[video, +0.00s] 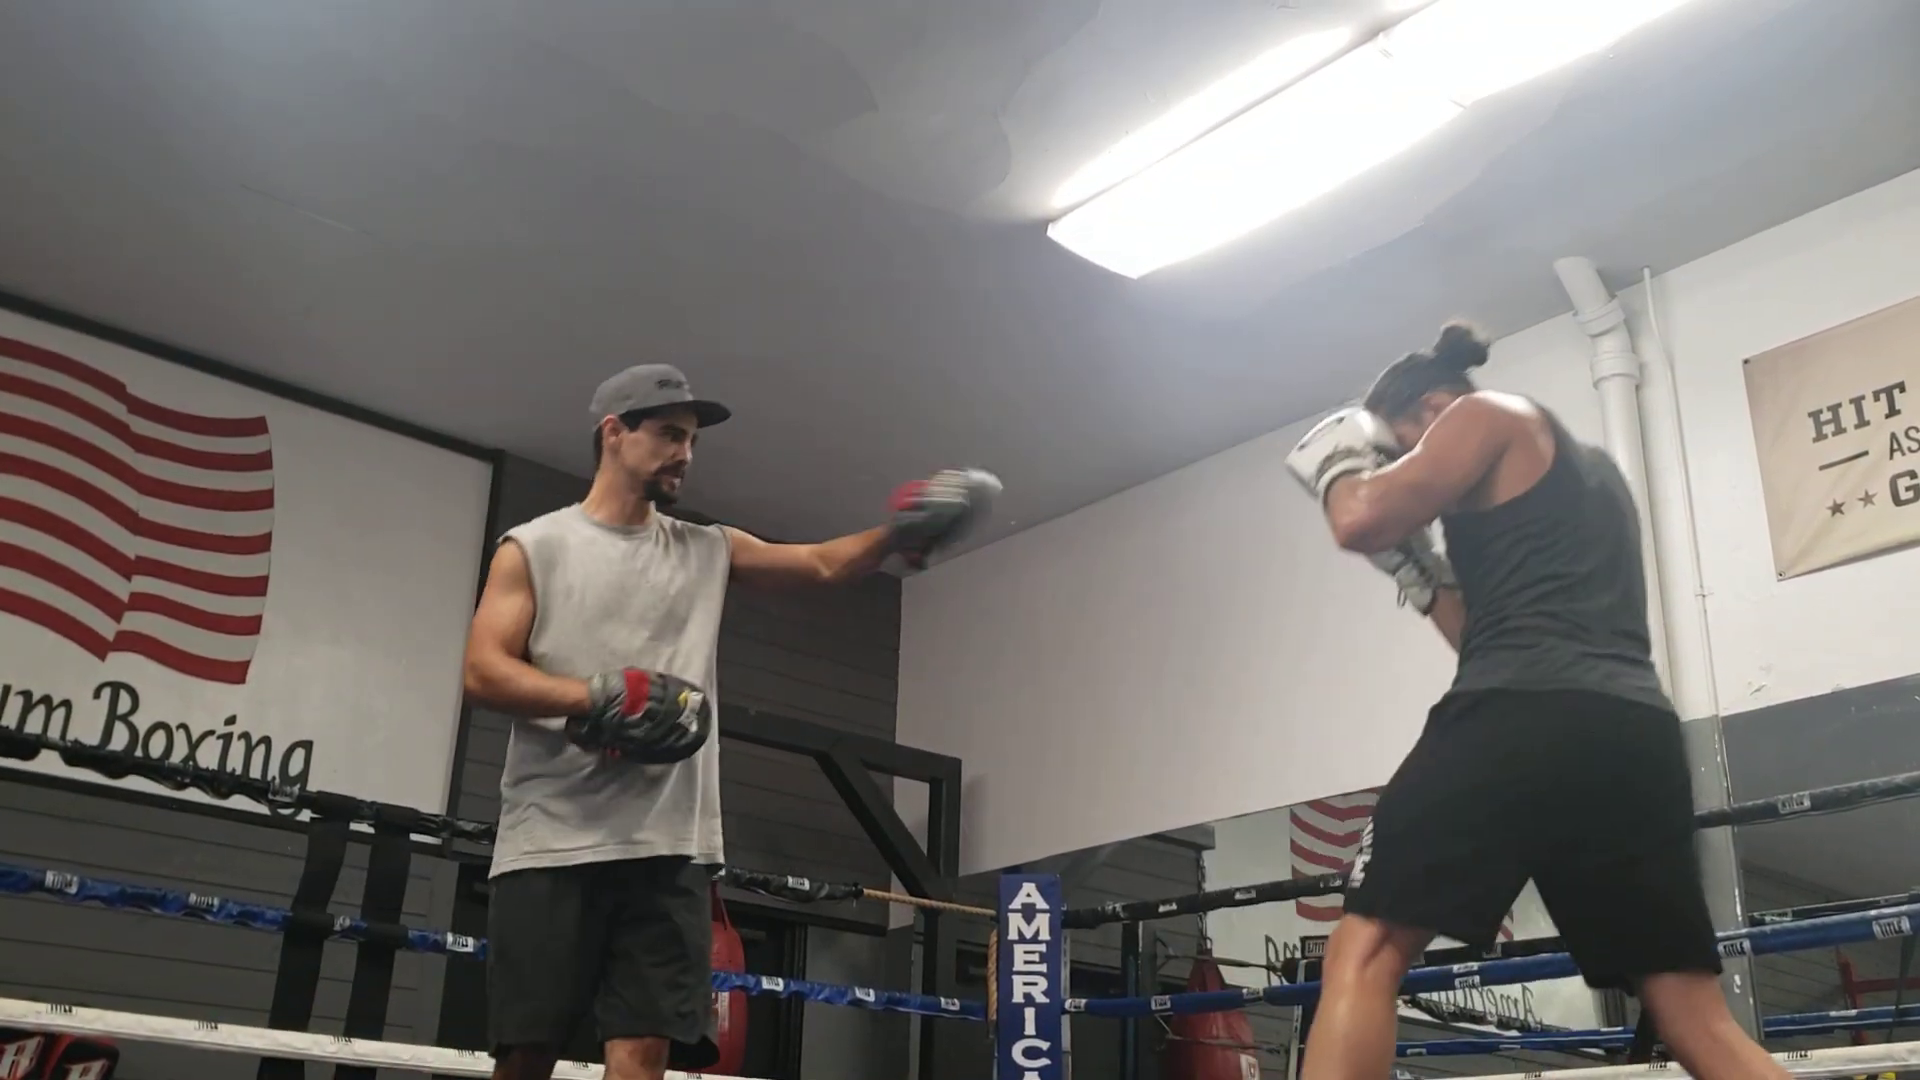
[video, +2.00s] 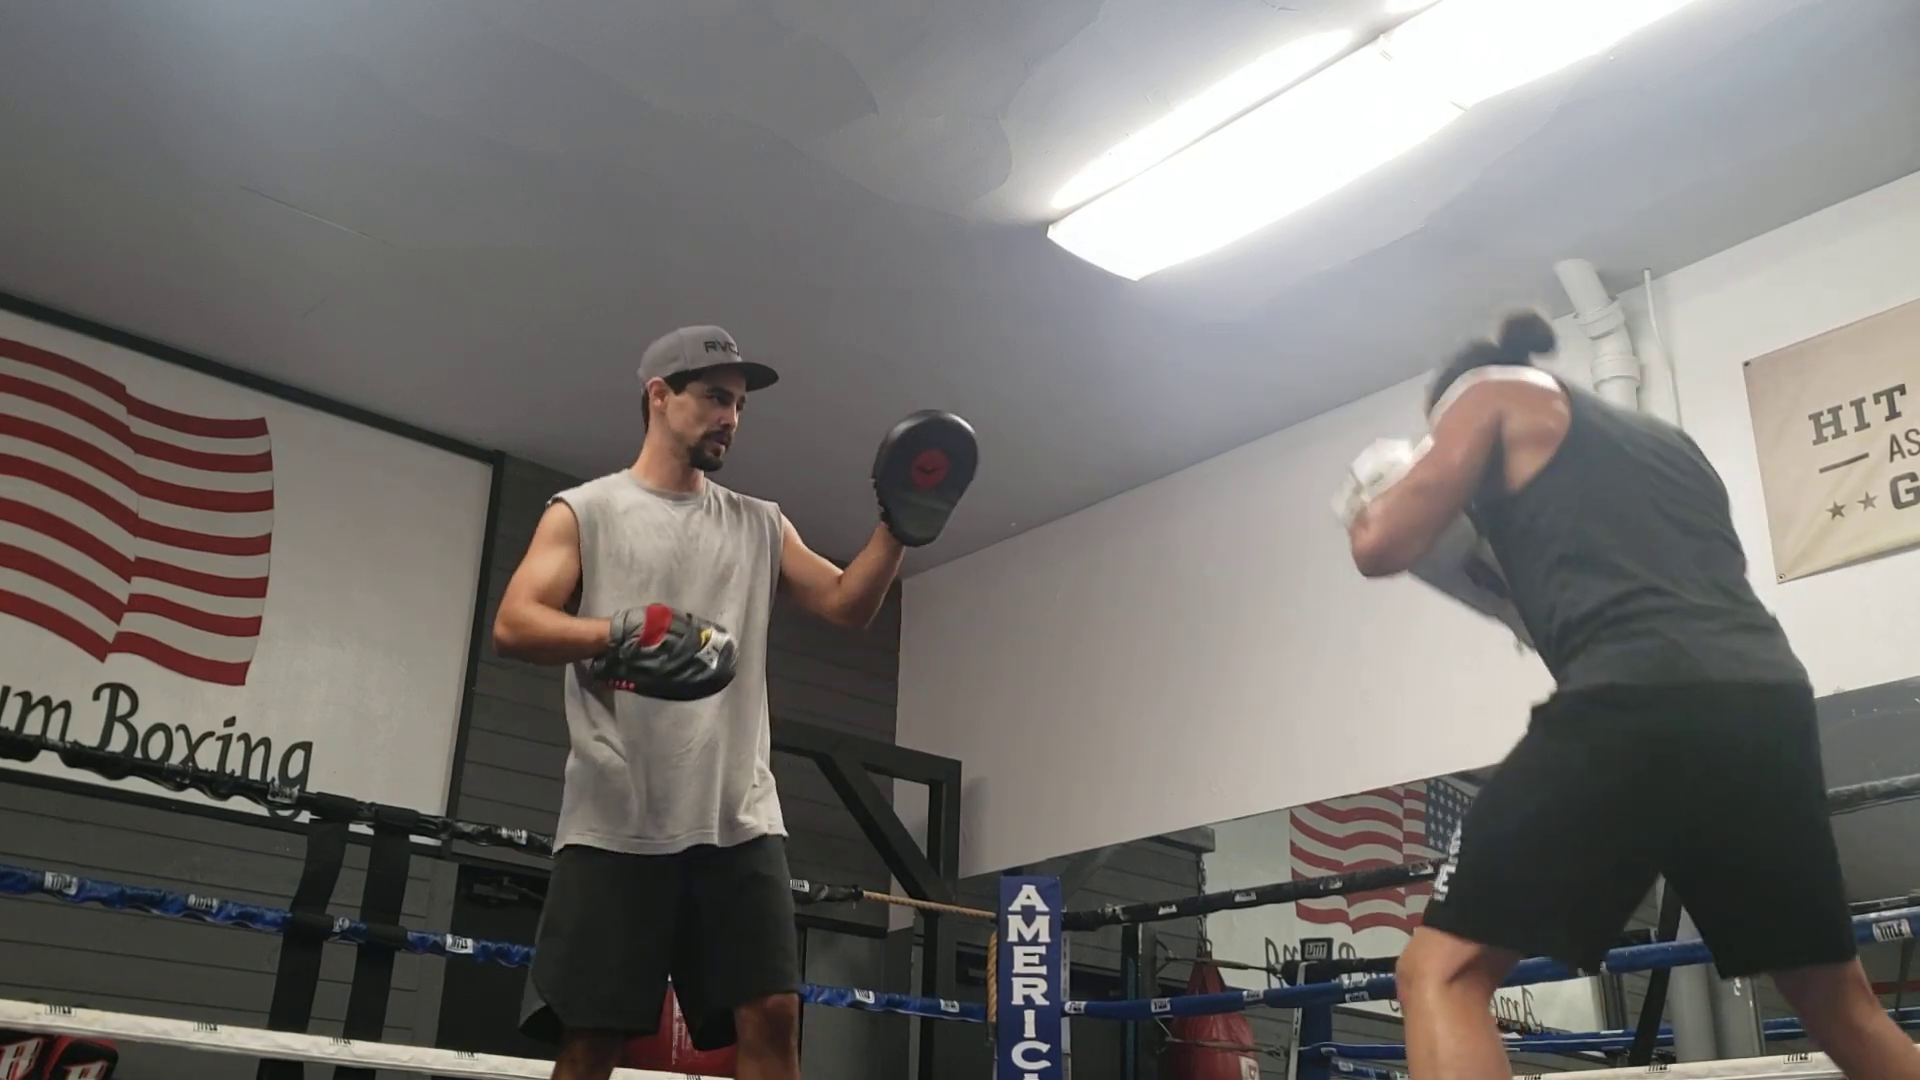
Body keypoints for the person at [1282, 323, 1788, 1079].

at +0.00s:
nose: (1411, 459)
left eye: (1404, 443)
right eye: (1403, 452)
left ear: (1425, 405)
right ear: (1455, 389)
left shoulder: (1489, 416)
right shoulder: (1595, 471)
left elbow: (1359, 522)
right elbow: (1494, 644)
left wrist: (1338, 461)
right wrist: (1412, 563)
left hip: (1515, 716)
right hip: (1636, 727)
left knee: (1366, 955)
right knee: (1697, 1015)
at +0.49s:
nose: (1359, 402)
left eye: (1352, 382)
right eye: (1348, 393)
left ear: (1372, 335)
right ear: (1413, 314)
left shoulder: (1423, 357)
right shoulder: (1572, 376)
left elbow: (1314, 535)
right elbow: (1479, 522)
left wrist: (1285, 449)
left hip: (1524, 665)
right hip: (1659, 660)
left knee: (1434, 954)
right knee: (1726, 968)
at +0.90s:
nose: (1383, 313)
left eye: (1376, 294)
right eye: (1372, 303)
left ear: (1401, 252)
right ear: (1461, 228)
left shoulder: (1439, 279)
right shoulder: (1609, 291)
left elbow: (1334, 466)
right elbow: (1507, 447)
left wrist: (1312, 392)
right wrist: (1378, 384)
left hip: (1547, 623)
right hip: (1700, 610)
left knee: (1471, 944)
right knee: (1808, 931)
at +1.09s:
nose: (1484, 317)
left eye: (1484, 298)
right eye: (1479, 308)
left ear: (1508, 262)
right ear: (1571, 234)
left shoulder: (1544, 266)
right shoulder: (1730, 313)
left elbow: (1454, 413)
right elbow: (1610, 474)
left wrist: (1398, 401)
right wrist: (1472, 440)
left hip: (1598, 643)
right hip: (1767, 635)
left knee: (1471, 944)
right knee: (1857, 944)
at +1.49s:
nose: (1420, 315)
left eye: (1417, 287)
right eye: (1410, 296)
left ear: (1467, 246)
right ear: (1489, 245)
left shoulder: (1531, 292)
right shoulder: (1659, 317)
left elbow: (1409, 473)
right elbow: (1569, 529)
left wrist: (1362, 390)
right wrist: (1464, 420)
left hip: (1625, 634)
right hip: (1776, 631)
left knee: (1476, 939)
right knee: (1838, 952)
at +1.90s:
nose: (1401, 392)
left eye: (1398, 371)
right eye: (1394, 380)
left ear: (1421, 332)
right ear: (1474, 301)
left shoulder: (1470, 335)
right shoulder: (1631, 380)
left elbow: (1350, 508)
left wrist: (1334, 436)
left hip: (1609, 661)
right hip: (1743, 654)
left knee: (1457, 955)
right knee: (1826, 967)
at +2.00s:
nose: (1443, 439)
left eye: (1447, 419)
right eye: (1440, 429)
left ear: (1470, 390)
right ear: (1538, 373)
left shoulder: (1496, 391)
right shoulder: (1672, 442)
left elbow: (1378, 545)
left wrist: (1376, 487)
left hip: (1629, 705)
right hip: (1769, 704)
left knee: (1441, 971)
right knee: (1848, 1008)